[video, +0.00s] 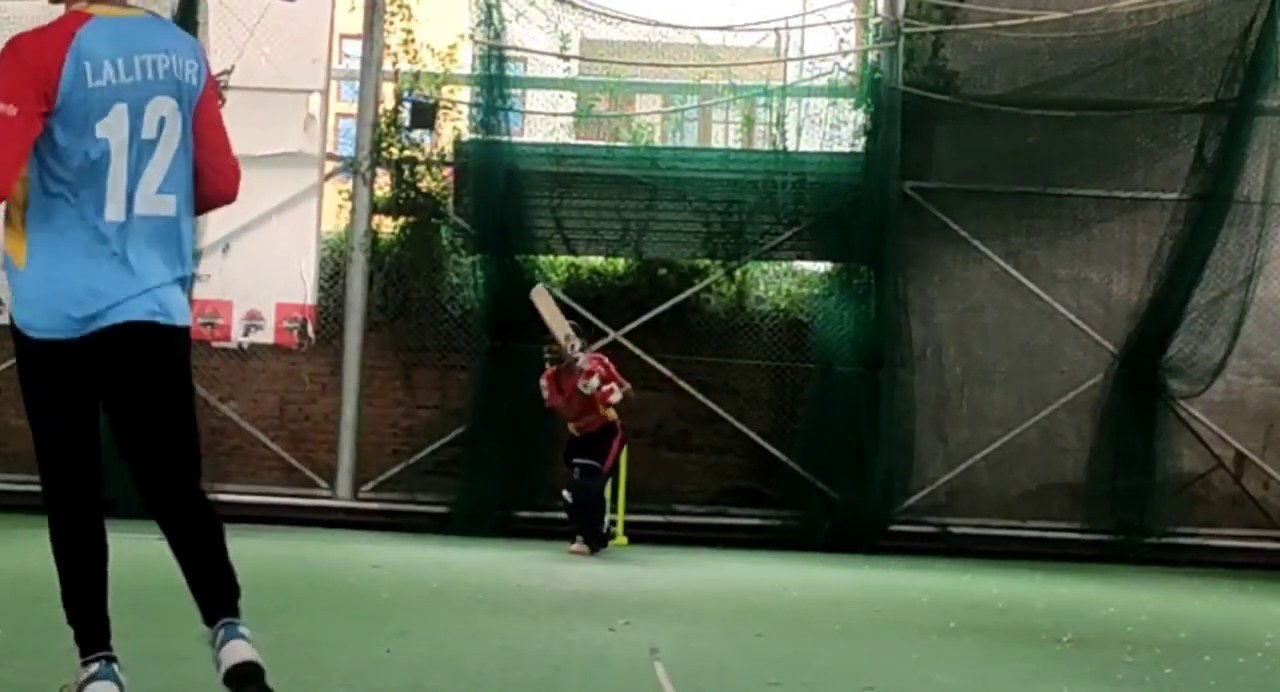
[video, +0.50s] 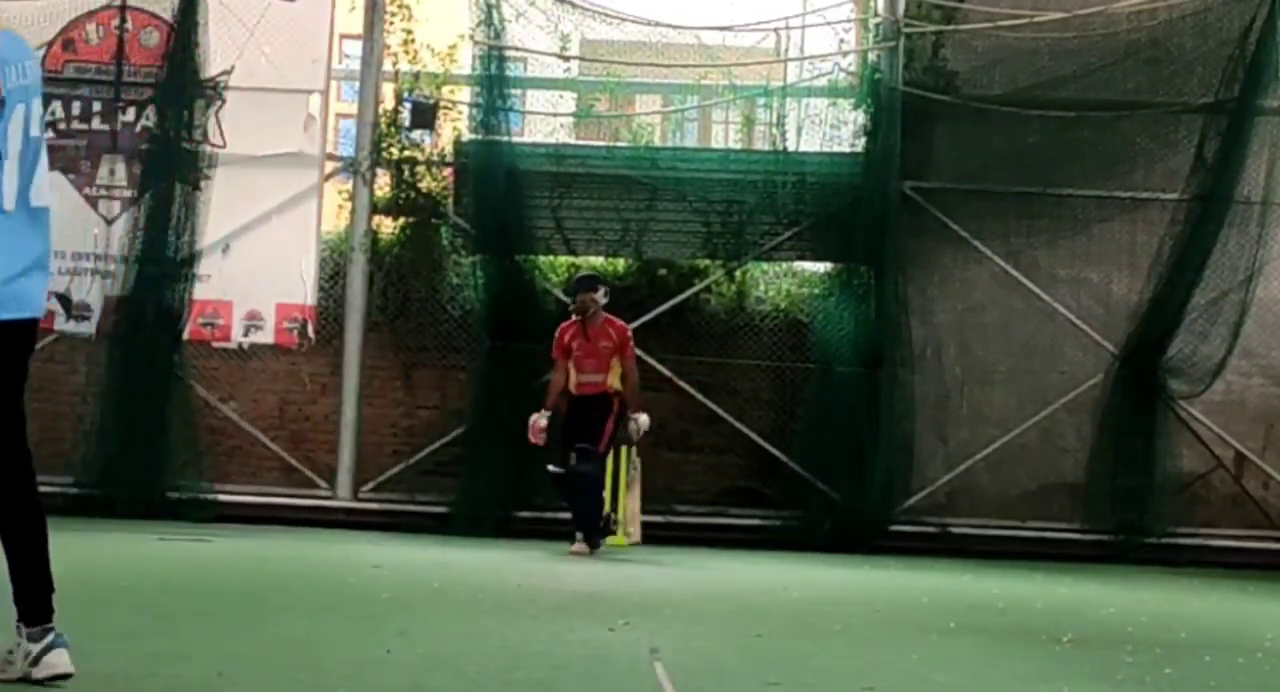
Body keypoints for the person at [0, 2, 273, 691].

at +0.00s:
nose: (51, 1)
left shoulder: (35, 50)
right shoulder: (185, 51)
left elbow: (6, 178)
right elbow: (221, 182)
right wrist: (144, 207)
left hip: (53, 318)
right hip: (153, 313)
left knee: (73, 498)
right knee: (176, 484)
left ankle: (98, 663)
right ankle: (229, 629)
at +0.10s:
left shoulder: (24, 30)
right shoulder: (166, 32)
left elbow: (6, 134)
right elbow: (209, 150)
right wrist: (137, 183)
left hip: (32, 291)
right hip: (128, 293)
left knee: (55, 476)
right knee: (131, 468)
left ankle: (91, 651)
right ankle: (152, 648)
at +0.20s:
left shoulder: (19, 30)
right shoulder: (146, 32)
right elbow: (194, 140)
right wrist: (123, 177)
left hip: (19, 278)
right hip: (101, 284)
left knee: (34, 457)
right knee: (85, 451)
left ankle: (84, 626)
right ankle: (71, 631)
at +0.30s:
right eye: (6, 7)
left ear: (7, 8)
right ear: (55, 7)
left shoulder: (11, 65)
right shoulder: (110, 68)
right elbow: (167, 173)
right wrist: (97, 226)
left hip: (12, 308)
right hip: (75, 312)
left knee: (12, 473)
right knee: (39, 473)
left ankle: (58, 601)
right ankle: (39, 636)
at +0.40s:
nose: (7, 14)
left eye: (3, 10)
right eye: (15, 9)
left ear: (2, 9)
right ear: (26, 9)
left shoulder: (11, 73)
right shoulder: (64, 76)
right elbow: (98, 200)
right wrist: (38, 230)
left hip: (9, 319)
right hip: (51, 318)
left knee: (6, 460)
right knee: (12, 464)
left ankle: (30, 589)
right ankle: (42, 646)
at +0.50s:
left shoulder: (17, 55)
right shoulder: (18, 54)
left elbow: (30, 186)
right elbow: (32, 185)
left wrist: (38, 286)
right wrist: (39, 283)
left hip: (12, 298)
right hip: (17, 297)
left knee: (12, 468)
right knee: (12, 469)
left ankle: (38, 633)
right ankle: (38, 632)